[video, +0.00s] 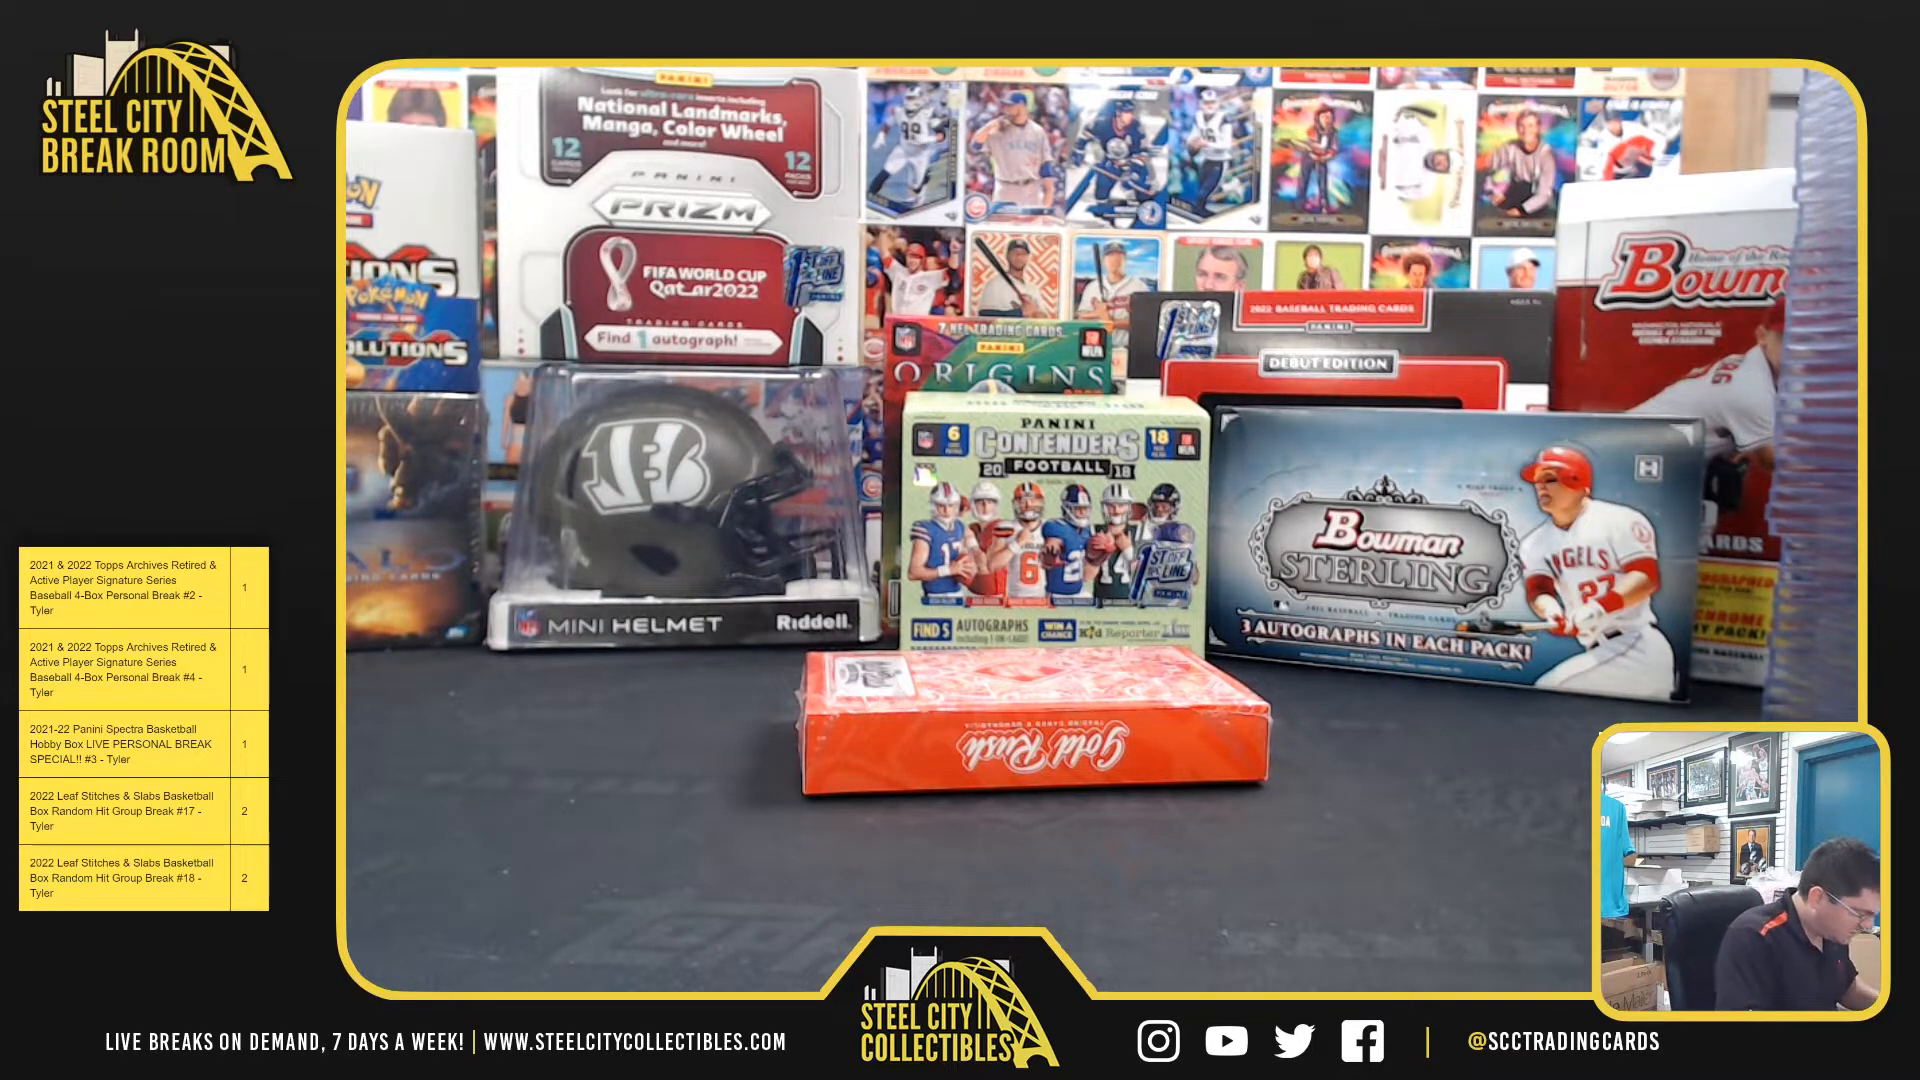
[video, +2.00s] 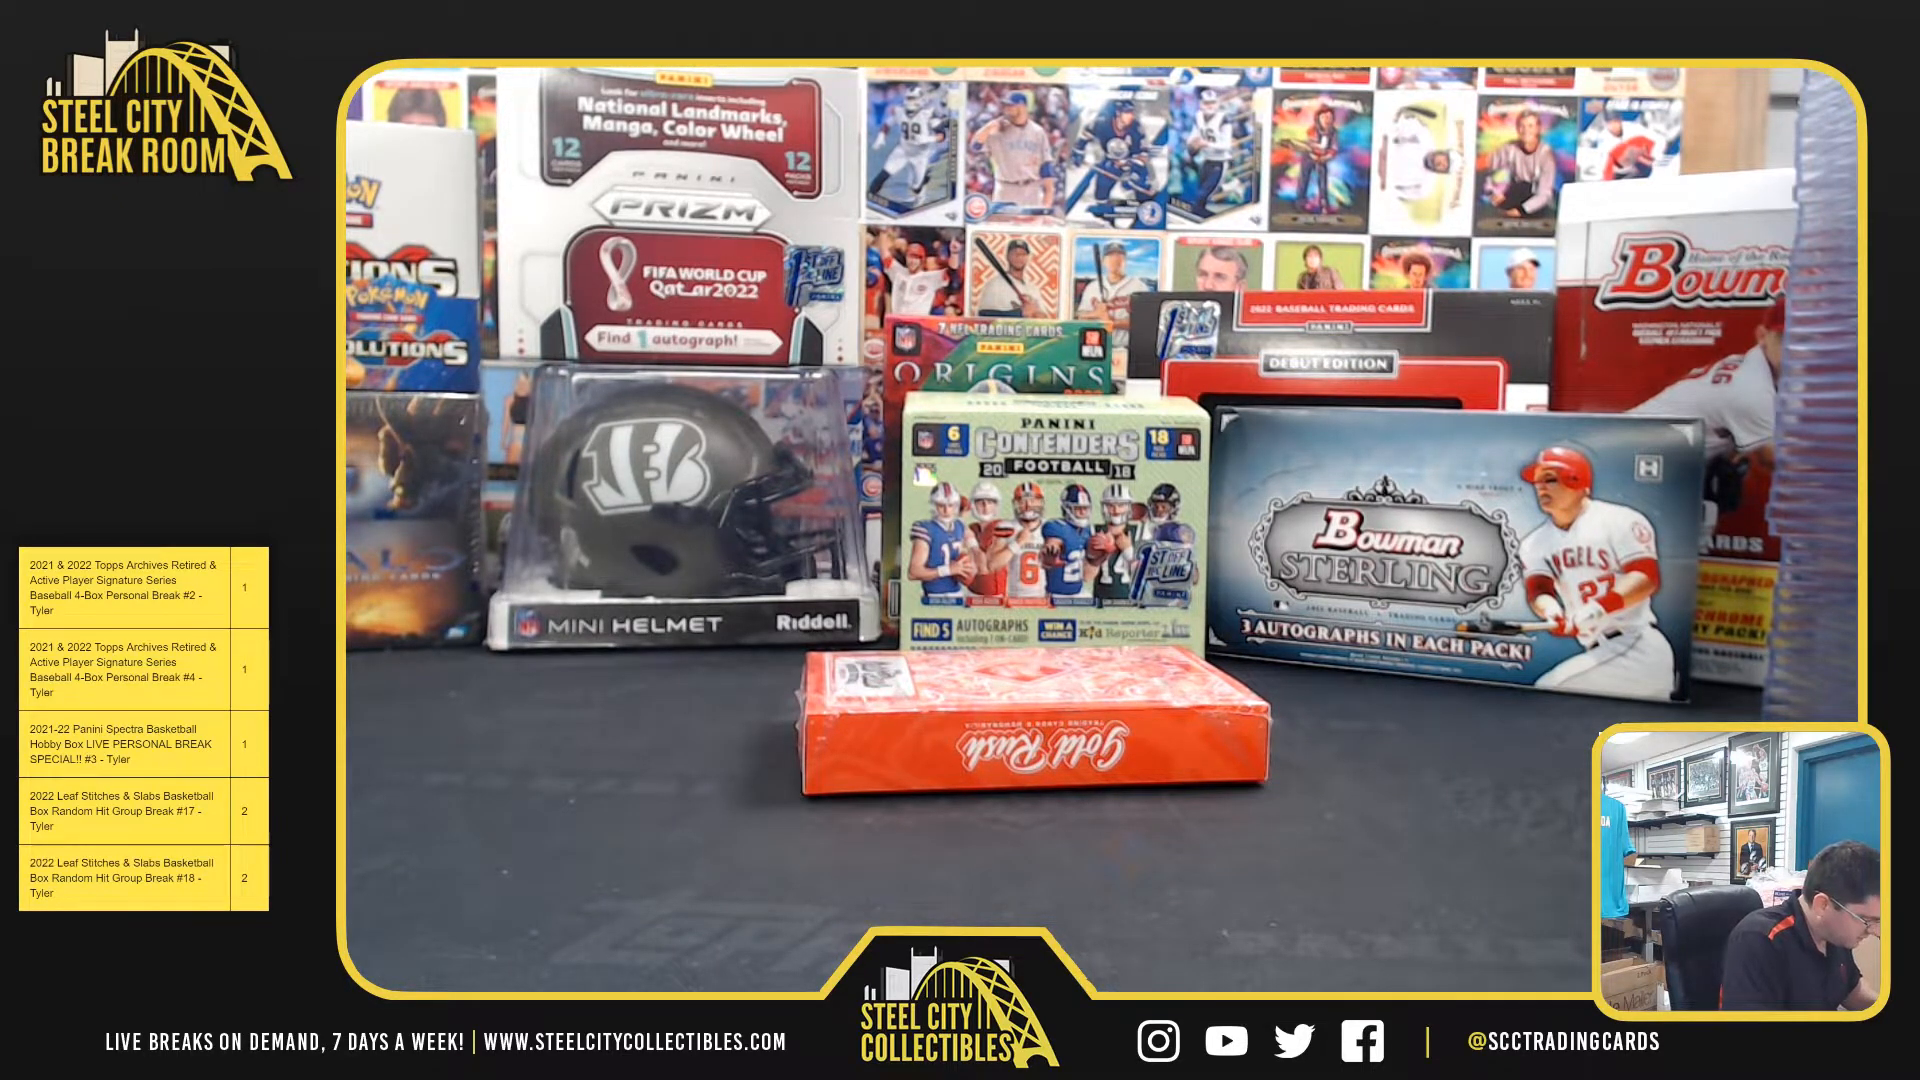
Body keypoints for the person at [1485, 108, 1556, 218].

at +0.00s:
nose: (1526, 130)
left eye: (1530, 126)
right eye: (1522, 126)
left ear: (1538, 128)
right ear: (1517, 129)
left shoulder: (1545, 153)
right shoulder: (1508, 150)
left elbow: (1545, 192)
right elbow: (1490, 175)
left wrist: (1523, 209)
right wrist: (1494, 193)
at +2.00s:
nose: (1526, 130)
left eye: (1531, 126)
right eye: (1522, 126)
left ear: (1539, 129)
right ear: (1517, 129)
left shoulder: (1545, 154)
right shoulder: (1506, 151)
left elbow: (1545, 192)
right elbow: (1490, 178)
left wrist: (1522, 209)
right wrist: (1494, 194)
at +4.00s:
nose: (1526, 130)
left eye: (1530, 126)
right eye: (1522, 126)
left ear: (1538, 128)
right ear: (1518, 129)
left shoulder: (1545, 154)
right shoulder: (1506, 151)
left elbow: (1545, 192)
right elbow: (1490, 179)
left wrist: (1523, 209)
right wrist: (1495, 193)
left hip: (1535, 188)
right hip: (1511, 187)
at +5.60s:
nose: (1526, 130)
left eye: (1531, 126)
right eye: (1522, 126)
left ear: (1538, 128)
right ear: (1518, 129)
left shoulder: (1545, 153)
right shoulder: (1507, 150)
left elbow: (1545, 191)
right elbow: (1489, 178)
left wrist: (1523, 209)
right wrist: (1495, 194)